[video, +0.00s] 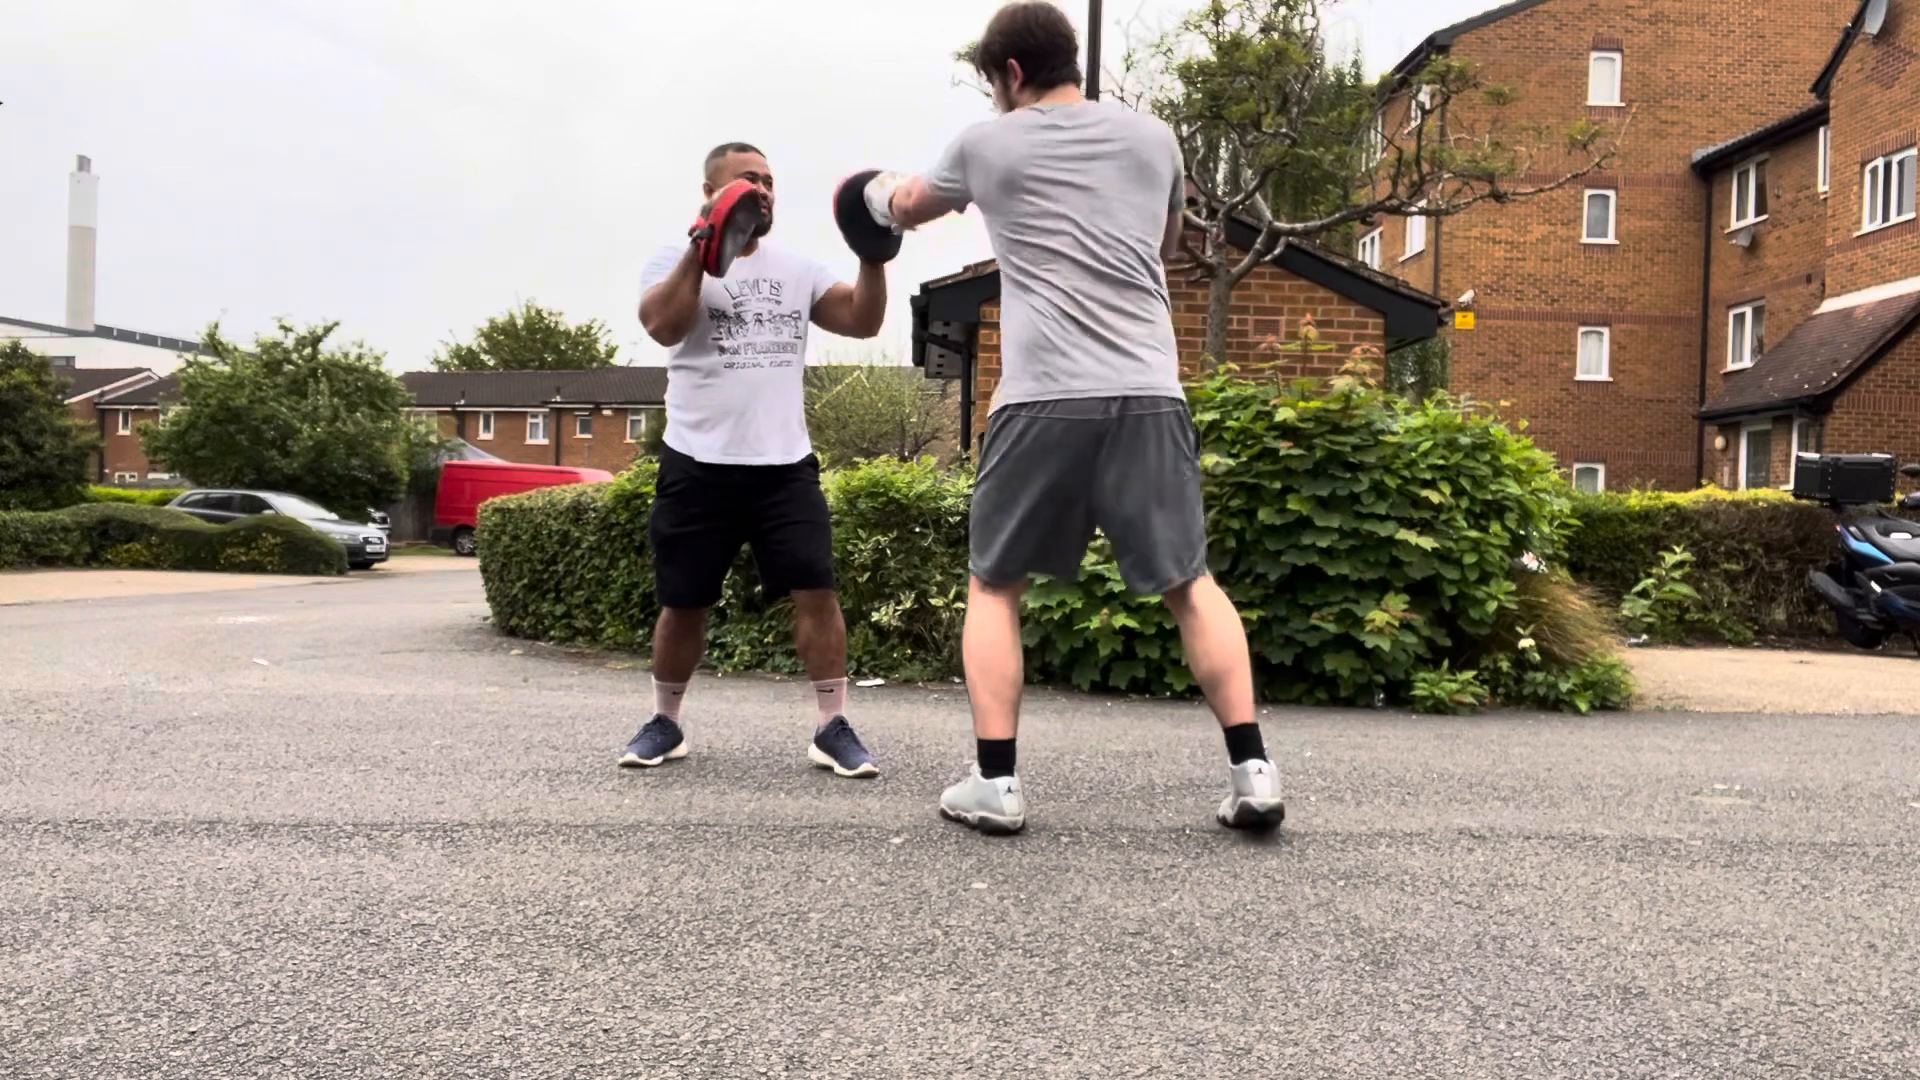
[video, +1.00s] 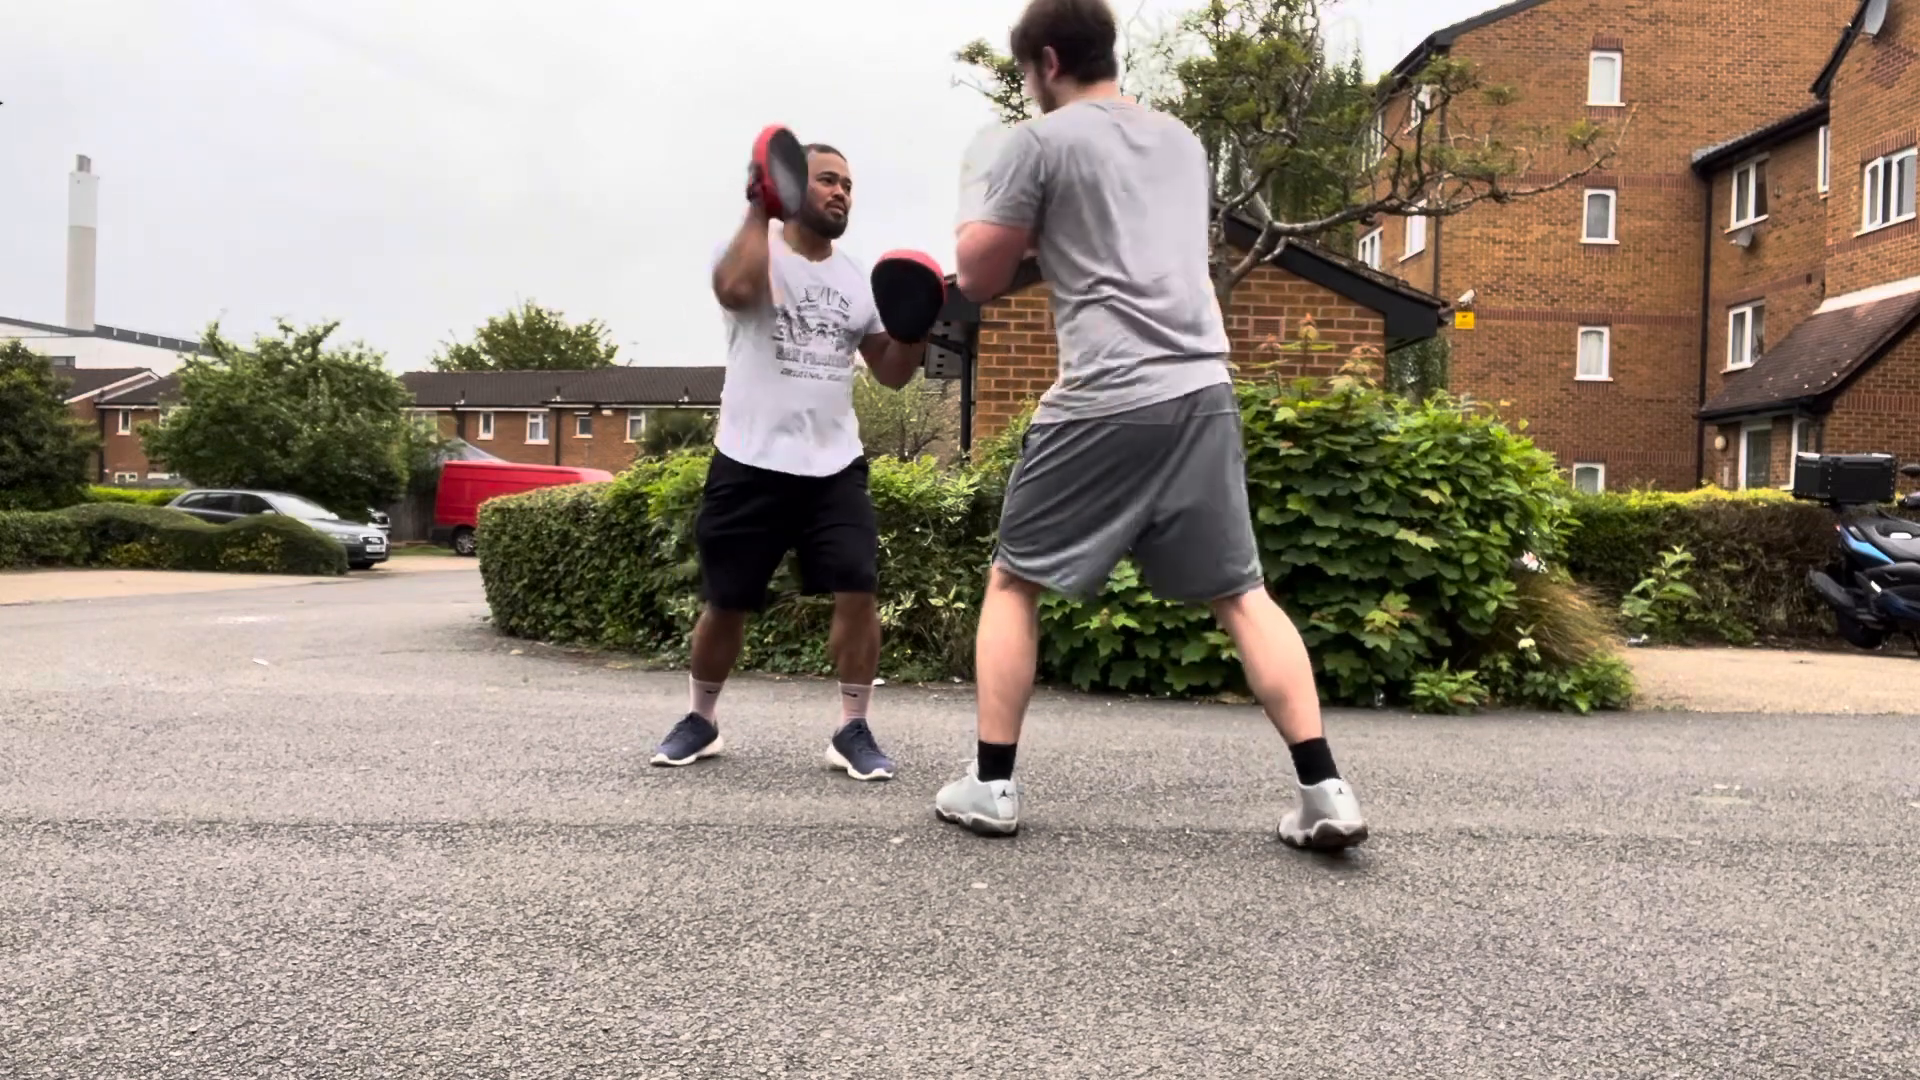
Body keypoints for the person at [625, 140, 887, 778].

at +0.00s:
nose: (761, 188)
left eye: (768, 180)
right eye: (745, 179)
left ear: (776, 195)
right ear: (711, 193)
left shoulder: (795, 265)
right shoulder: (673, 261)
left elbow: (863, 320)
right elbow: (664, 329)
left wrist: (873, 255)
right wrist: (700, 252)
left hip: (785, 460)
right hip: (698, 461)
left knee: (816, 586)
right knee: (682, 599)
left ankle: (834, 724)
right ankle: (665, 721)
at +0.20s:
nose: (784, 192)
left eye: (790, 184)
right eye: (772, 181)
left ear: (797, 201)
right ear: (741, 195)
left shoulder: (811, 280)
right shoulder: (703, 256)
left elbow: (851, 363)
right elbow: (714, 293)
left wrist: (881, 311)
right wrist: (735, 208)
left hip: (795, 465)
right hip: (710, 460)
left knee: (821, 591)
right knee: (688, 600)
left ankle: (845, 727)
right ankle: (665, 721)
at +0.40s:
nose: (792, 193)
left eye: (801, 183)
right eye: (779, 183)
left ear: (818, 198)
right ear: (753, 198)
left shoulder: (838, 278)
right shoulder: (719, 263)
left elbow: (883, 362)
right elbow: (697, 314)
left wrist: (905, 302)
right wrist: (745, 243)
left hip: (814, 466)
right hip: (728, 462)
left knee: (842, 589)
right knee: (700, 603)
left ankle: (847, 729)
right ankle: (666, 721)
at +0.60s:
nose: (822, 182)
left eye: (829, 175)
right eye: (806, 171)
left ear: (838, 193)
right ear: (771, 190)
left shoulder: (861, 254)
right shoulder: (740, 266)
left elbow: (928, 226)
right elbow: (701, 348)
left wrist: (983, 193)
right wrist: (748, 286)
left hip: (832, 464)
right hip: (744, 462)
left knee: (852, 590)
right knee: (706, 593)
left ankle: (849, 729)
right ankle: (673, 715)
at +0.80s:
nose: (824, 186)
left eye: (831, 178)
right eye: (809, 175)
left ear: (839, 194)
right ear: (771, 189)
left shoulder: (864, 265)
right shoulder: (741, 261)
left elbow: (933, 328)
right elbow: (694, 329)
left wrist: (945, 277)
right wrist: (733, 256)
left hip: (837, 465)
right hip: (749, 464)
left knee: (857, 590)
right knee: (722, 599)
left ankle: (853, 727)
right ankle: (698, 718)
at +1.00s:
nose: (842, 193)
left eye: (848, 185)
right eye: (827, 180)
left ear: (851, 201)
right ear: (790, 188)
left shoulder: (853, 274)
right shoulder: (752, 252)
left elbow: (892, 371)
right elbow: (740, 292)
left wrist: (919, 316)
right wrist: (760, 208)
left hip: (835, 462)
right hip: (751, 459)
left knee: (858, 588)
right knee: (726, 600)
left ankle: (853, 727)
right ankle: (700, 719)